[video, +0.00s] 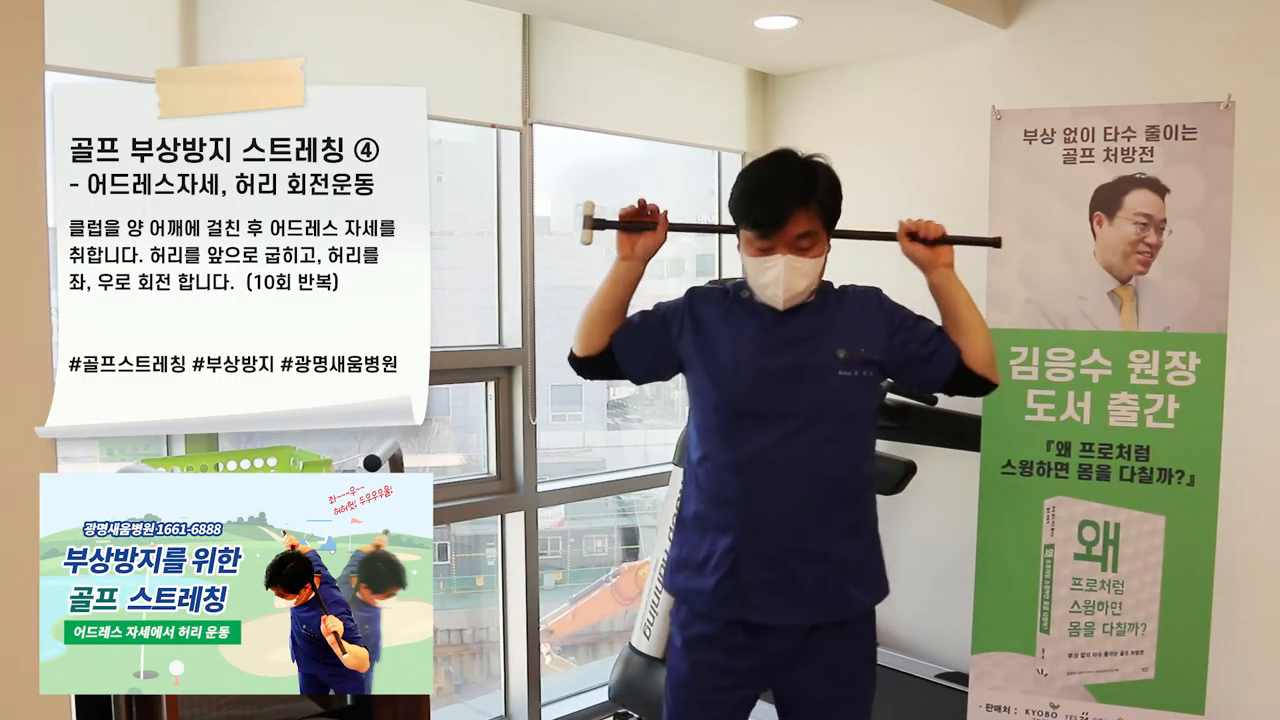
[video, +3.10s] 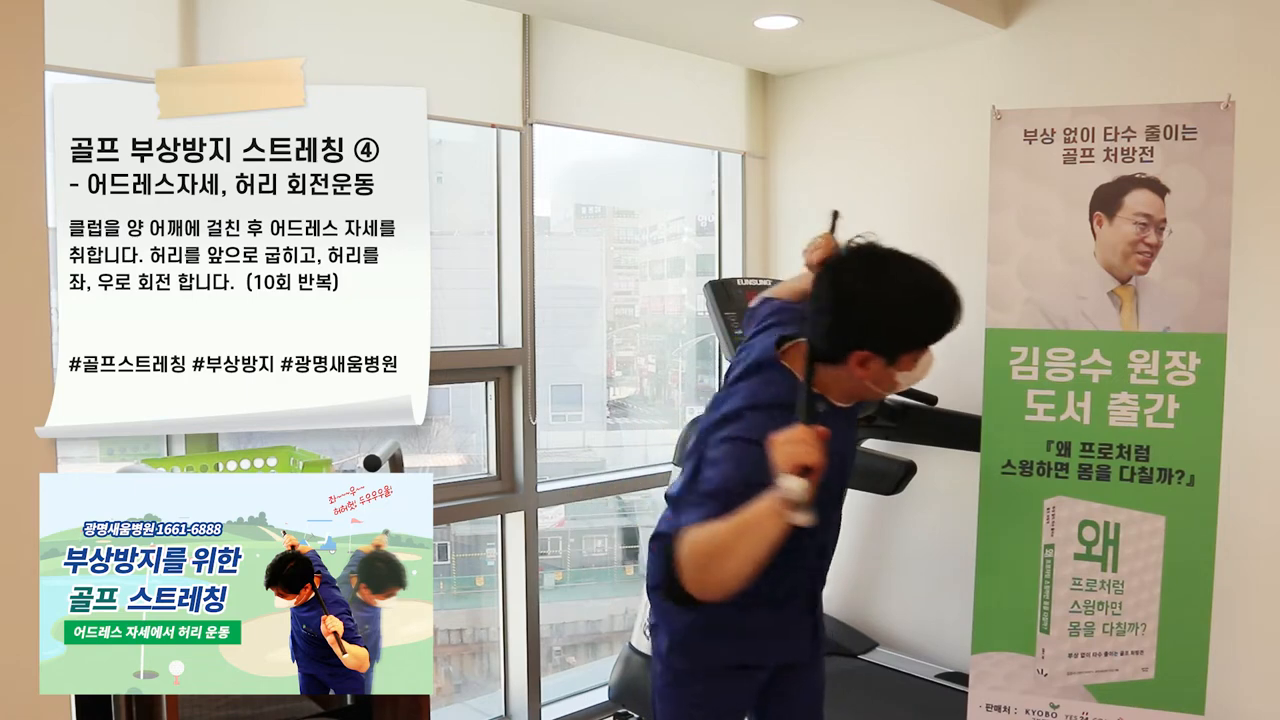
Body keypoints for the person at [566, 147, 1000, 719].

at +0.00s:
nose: (784, 262)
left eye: (805, 243)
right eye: (764, 245)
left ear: (829, 237)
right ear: (740, 239)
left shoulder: (866, 317)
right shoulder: (702, 317)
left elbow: (979, 374)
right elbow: (590, 357)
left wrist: (941, 273)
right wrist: (629, 263)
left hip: (833, 618)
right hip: (715, 615)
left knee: (836, 713)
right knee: (691, 713)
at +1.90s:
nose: (763, 328)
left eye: (785, 309)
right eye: (741, 311)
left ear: (811, 295)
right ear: (710, 295)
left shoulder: (845, 357)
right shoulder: (670, 349)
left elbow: (937, 412)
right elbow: (564, 390)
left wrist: (930, 346)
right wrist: (587, 337)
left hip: (797, 618)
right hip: (682, 616)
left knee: (808, 713)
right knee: (667, 714)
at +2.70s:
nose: (825, 375)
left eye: (836, 354)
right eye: (806, 360)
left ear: (848, 328)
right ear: (752, 332)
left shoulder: (848, 361)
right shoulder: (682, 386)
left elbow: (895, 358)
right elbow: (555, 461)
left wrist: (907, 314)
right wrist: (609, 407)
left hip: (803, 620)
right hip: (692, 624)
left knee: (807, 714)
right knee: (676, 713)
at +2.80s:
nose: (859, 369)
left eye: (869, 351)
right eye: (843, 357)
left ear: (875, 325)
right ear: (783, 340)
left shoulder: (849, 371)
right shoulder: (703, 401)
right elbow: (578, 499)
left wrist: (861, 289)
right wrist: (649, 436)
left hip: (800, 618)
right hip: (695, 627)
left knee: (805, 713)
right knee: (680, 711)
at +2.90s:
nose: (881, 361)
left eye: (883, 348)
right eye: (867, 355)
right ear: (809, 350)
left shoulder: (833, 365)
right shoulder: (723, 398)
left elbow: (891, 369)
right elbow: (606, 527)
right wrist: (684, 463)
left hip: (800, 620)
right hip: (700, 630)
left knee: (802, 713)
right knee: (682, 712)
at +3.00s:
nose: (898, 374)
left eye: (903, 361)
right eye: (892, 364)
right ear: (844, 360)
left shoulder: (813, 331)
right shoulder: (740, 408)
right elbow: (659, 561)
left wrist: (883, 372)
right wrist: (744, 488)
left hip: (796, 629)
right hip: (704, 644)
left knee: (799, 712)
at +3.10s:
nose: (920, 365)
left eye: (921, 355)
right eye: (914, 360)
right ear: (865, 367)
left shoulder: (796, 334)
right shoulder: (752, 427)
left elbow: (768, 302)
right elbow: (697, 578)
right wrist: (785, 500)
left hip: (793, 627)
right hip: (710, 647)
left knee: (797, 711)